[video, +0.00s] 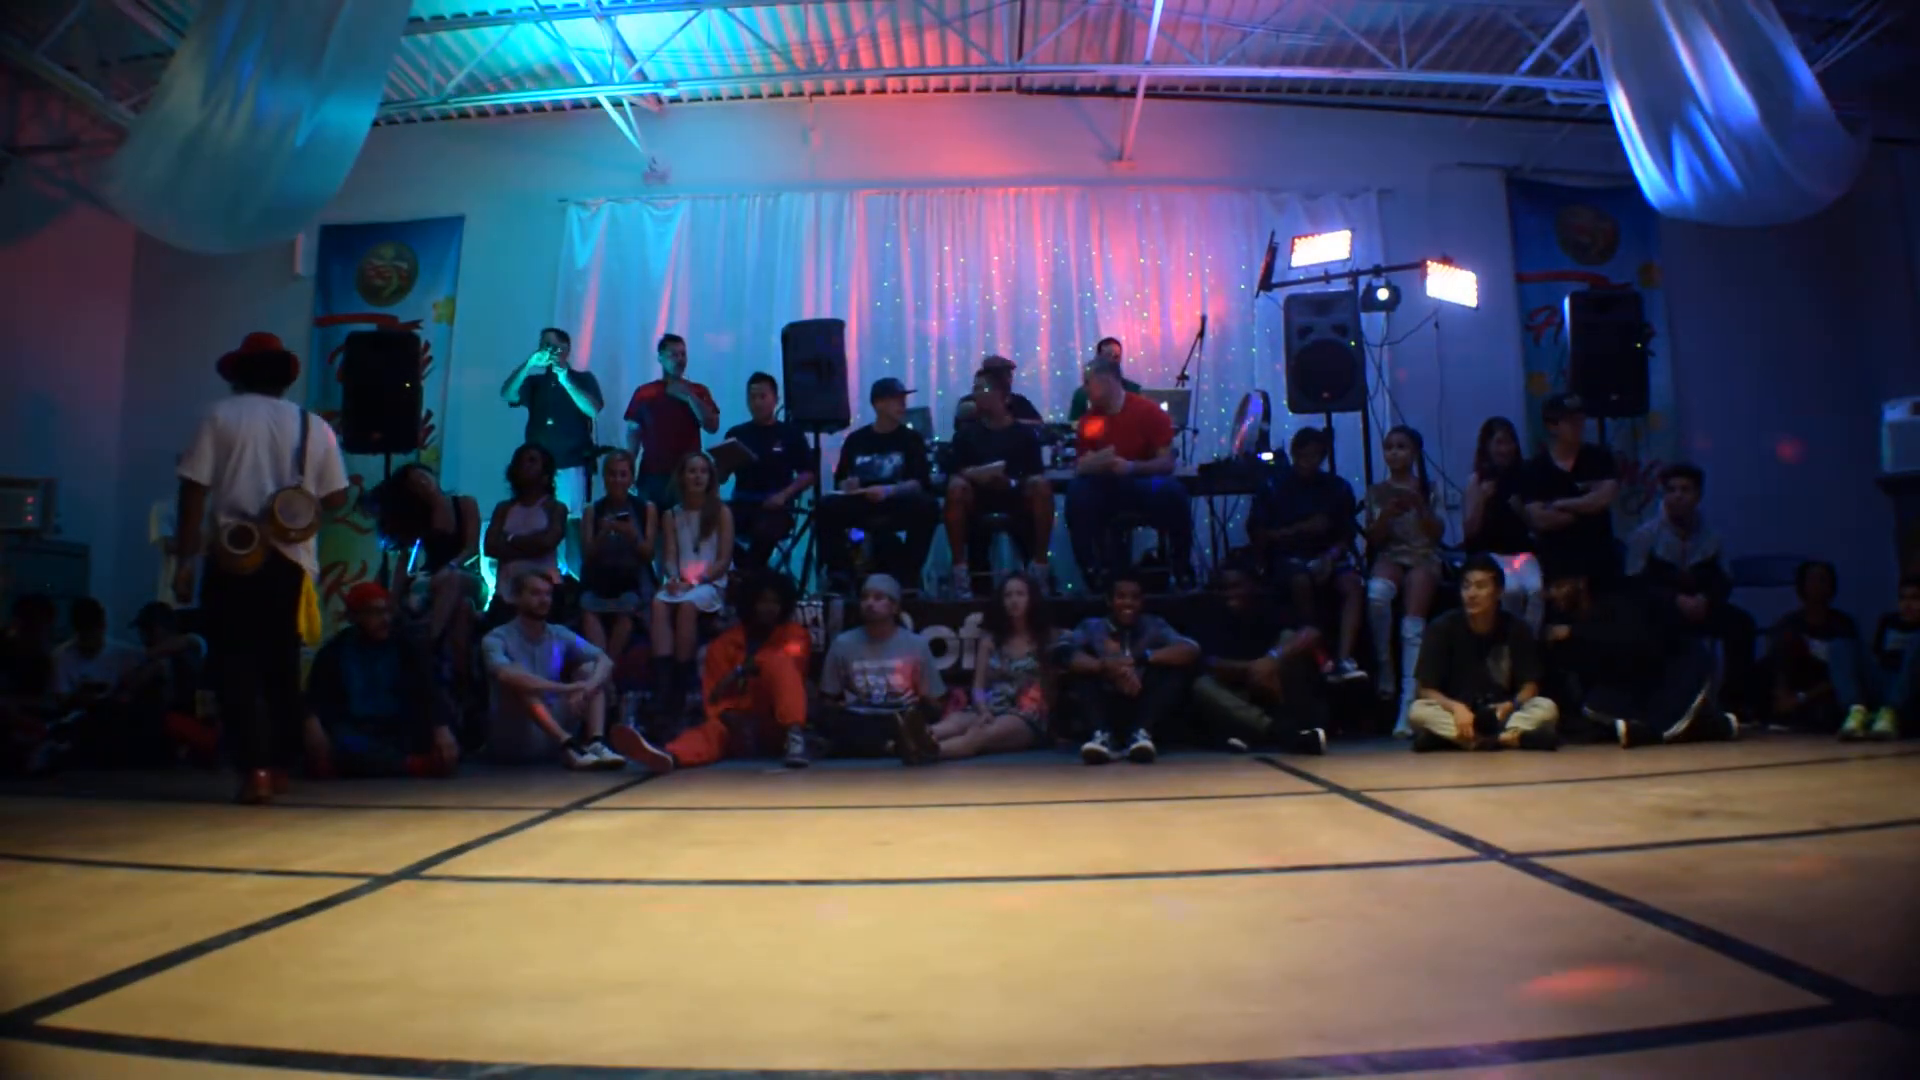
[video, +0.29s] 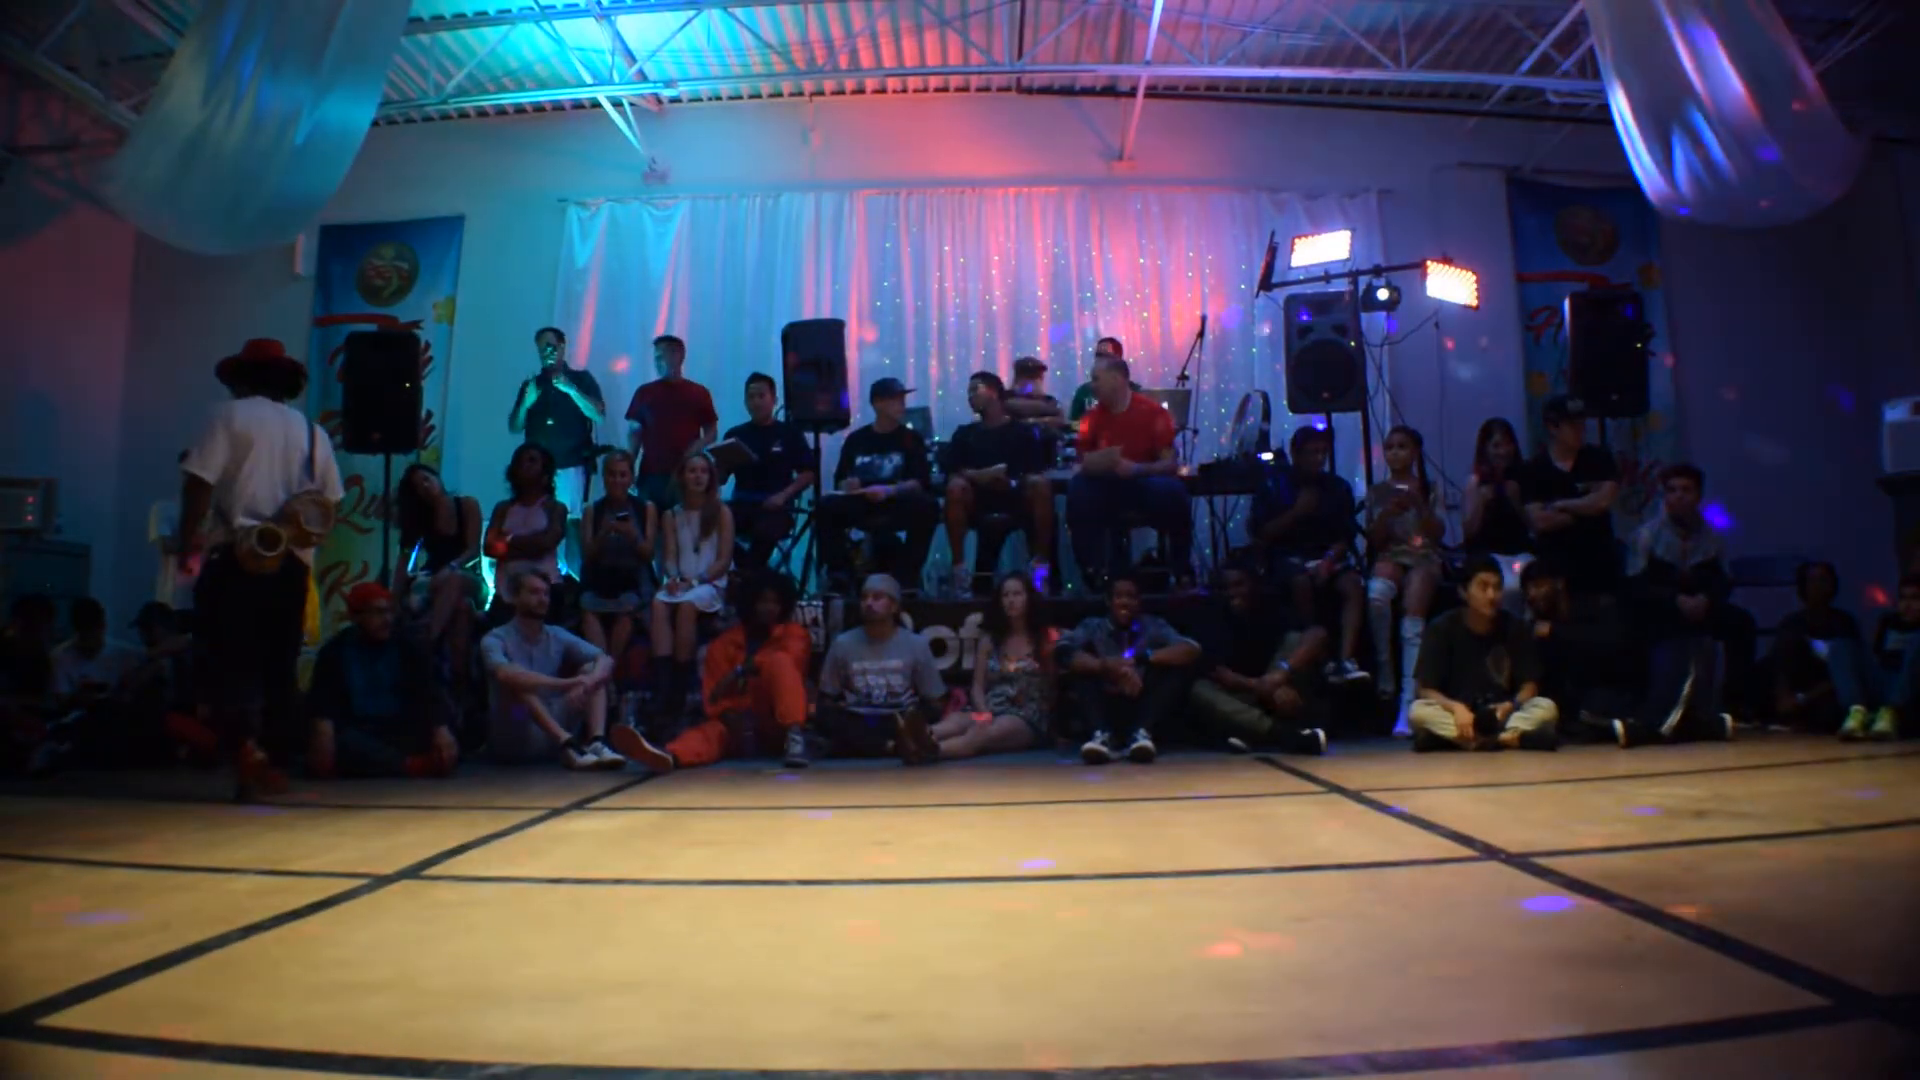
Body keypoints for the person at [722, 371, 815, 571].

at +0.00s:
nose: (757, 402)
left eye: (763, 396)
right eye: (752, 397)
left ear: (775, 399)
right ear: (747, 401)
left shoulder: (790, 433)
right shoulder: (736, 434)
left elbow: (808, 474)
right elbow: (720, 477)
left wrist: (783, 496)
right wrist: (728, 458)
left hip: (776, 502)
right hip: (743, 502)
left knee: (766, 532)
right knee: (720, 524)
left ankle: (752, 573)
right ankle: (744, 564)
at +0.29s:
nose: (755, 402)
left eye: (761, 396)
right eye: (751, 396)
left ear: (774, 399)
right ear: (745, 401)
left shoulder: (789, 433)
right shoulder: (735, 435)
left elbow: (808, 473)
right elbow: (721, 479)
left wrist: (783, 496)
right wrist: (723, 461)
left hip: (775, 503)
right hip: (743, 502)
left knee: (766, 532)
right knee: (719, 523)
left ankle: (752, 573)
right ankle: (745, 563)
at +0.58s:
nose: (754, 401)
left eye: (760, 395)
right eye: (750, 396)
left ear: (773, 399)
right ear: (745, 401)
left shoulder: (788, 433)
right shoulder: (734, 435)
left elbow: (808, 472)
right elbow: (720, 477)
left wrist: (782, 496)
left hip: (774, 503)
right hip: (742, 502)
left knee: (767, 532)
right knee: (721, 524)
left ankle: (752, 573)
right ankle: (743, 565)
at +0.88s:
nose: (755, 402)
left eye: (760, 397)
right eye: (750, 397)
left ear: (773, 400)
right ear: (745, 402)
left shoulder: (789, 434)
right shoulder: (736, 436)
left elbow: (809, 472)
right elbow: (721, 478)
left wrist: (787, 486)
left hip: (776, 501)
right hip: (743, 502)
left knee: (766, 532)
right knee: (721, 525)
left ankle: (754, 573)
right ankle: (745, 564)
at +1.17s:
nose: (755, 403)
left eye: (760, 397)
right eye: (750, 398)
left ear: (773, 400)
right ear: (745, 402)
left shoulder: (789, 433)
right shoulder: (735, 435)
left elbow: (807, 471)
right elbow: (719, 478)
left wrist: (775, 471)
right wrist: (727, 457)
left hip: (777, 503)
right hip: (743, 502)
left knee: (765, 533)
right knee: (718, 525)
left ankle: (753, 576)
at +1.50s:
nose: (754, 403)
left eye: (760, 397)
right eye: (750, 398)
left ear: (773, 400)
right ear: (744, 402)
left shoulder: (790, 433)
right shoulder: (736, 434)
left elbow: (804, 473)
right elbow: (719, 478)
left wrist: (773, 468)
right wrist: (727, 456)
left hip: (777, 504)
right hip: (743, 502)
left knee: (765, 533)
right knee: (719, 528)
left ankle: (754, 577)